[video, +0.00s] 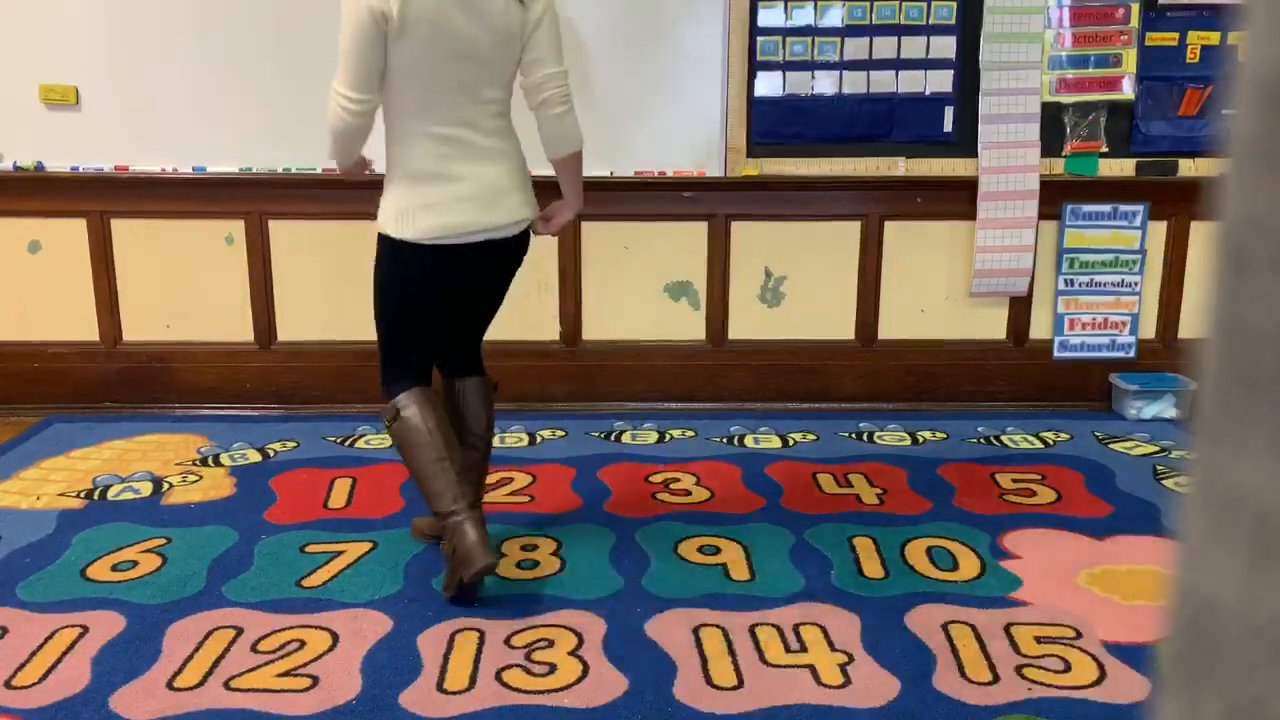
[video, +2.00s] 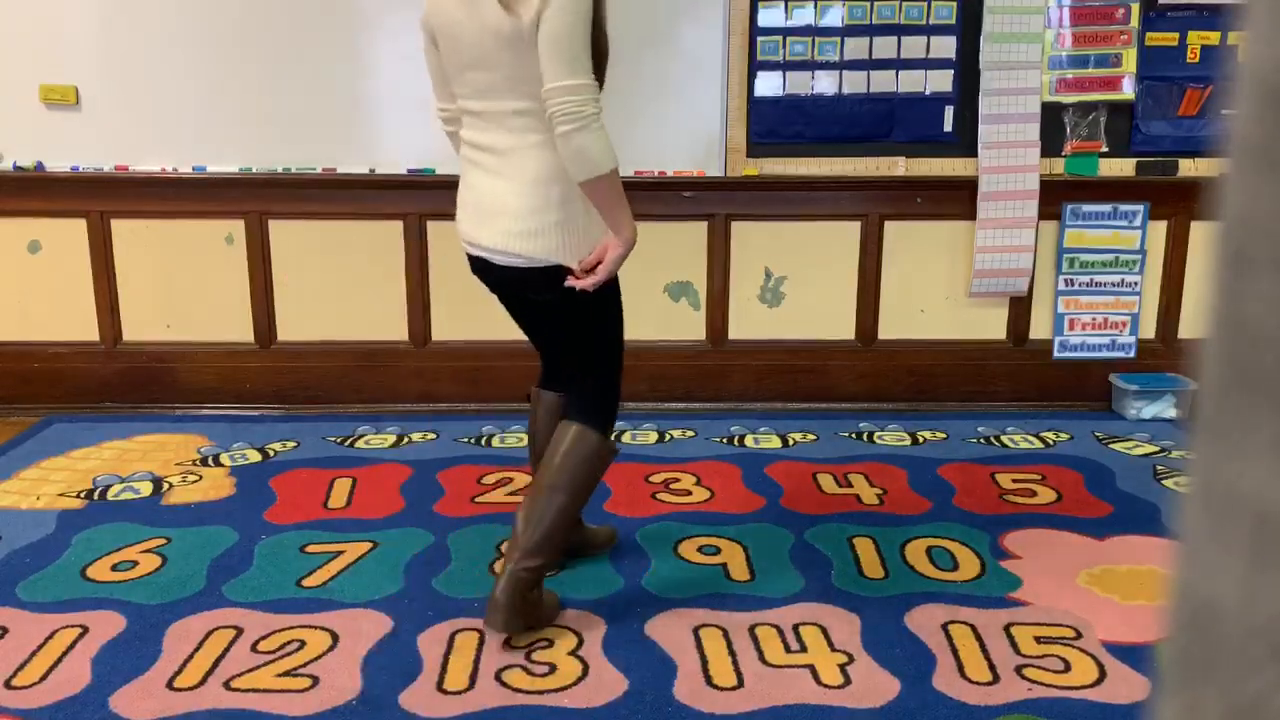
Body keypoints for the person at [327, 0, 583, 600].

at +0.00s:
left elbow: (351, 109)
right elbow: (550, 94)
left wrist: (348, 163)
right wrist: (572, 197)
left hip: (420, 222)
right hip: (504, 216)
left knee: (404, 375)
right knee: (464, 354)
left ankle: (466, 529)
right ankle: (461, 512)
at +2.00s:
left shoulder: (440, 4)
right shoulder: (558, 3)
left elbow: (451, 114)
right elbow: (572, 109)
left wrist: (498, 185)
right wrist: (621, 224)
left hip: (485, 234)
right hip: (555, 237)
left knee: (560, 368)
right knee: (594, 400)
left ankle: (549, 525)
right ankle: (521, 580)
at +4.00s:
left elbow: (154, 61)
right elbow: (331, 53)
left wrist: (146, 187)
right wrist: (391, 171)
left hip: (217, 190)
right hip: (313, 190)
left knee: (255, 379)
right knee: (337, 381)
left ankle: (269, 569)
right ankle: (290, 580)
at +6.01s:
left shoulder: (104, 12)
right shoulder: (159, 5)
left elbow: (101, 117)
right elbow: (179, 108)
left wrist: (106, 270)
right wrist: (250, 279)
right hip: (175, 268)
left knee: (292, 453)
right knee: (267, 471)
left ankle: (210, 654)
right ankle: (151, 696)